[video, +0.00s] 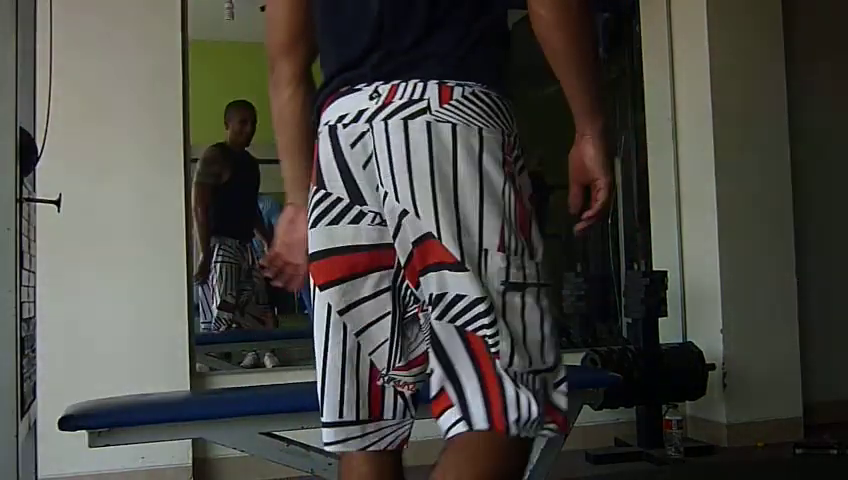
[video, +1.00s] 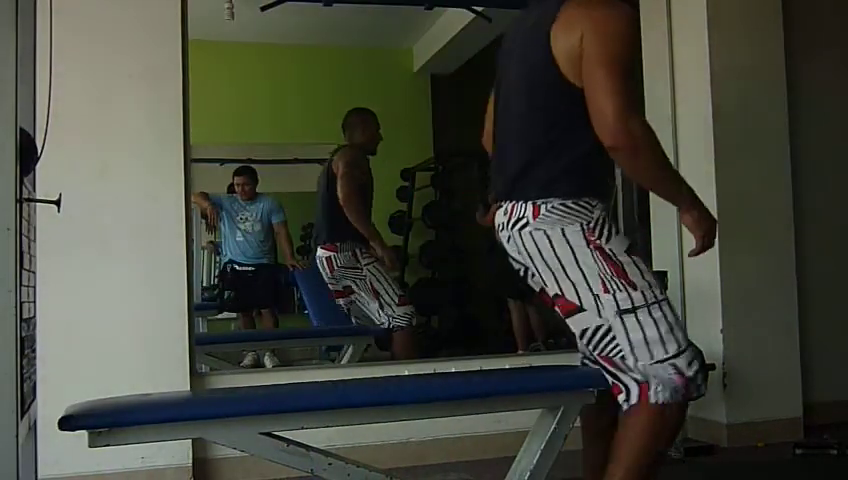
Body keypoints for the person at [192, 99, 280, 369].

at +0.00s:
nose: (249, 128)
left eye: (252, 123)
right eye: (243, 122)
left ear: (256, 126)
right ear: (228, 125)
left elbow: (252, 209)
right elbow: (199, 207)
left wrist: (271, 243)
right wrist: (205, 255)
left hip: (246, 249)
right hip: (221, 248)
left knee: (256, 316)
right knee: (223, 318)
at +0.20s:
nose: (280, 131)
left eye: (284, 125)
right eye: (275, 124)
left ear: (286, 127)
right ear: (259, 122)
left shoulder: (274, 162)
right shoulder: (241, 153)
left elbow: (274, 214)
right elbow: (232, 203)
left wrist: (287, 254)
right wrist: (259, 243)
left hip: (268, 250)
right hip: (243, 248)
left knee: (285, 313)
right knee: (238, 319)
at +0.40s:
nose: (309, 132)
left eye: (311, 127)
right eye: (303, 125)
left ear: (312, 127)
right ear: (286, 123)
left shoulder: (293, 158)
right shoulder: (272, 155)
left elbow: (292, 208)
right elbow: (265, 205)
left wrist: (304, 241)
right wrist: (298, 239)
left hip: (291, 247)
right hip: (281, 249)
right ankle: (251, 365)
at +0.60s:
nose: (334, 129)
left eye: (336, 123)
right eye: (332, 122)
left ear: (312, 120)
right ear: (315, 119)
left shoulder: (311, 153)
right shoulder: (295, 149)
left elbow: (310, 203)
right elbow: (281, 197)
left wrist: (329, 239)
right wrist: (308, 241)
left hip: (314, 239)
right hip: (314, 241)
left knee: (322, 312)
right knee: (367, 295)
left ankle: (321, 375)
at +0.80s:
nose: (358, 130)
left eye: (359, 124)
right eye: (355, 123)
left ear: (334, 123)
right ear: (339, 122)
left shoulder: (329, 152)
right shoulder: (319, 149)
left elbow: (334, 212)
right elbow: (305, 195)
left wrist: (362, 242)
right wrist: (331, 240)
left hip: (324, 242)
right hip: (334, 241)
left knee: (345, 316)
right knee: (395, 290)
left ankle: (324, 378)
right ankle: (408, 364)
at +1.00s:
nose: (380, 135)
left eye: (379, 129)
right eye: (376, 129)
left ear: (352, 131)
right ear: (363, 131)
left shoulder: (341, 157)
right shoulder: (350, 156)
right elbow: (348, 201)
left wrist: (373, 247)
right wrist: (378, 243)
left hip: (335, 253)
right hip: (345, 253)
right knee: (402, 314)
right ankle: (408, 389)